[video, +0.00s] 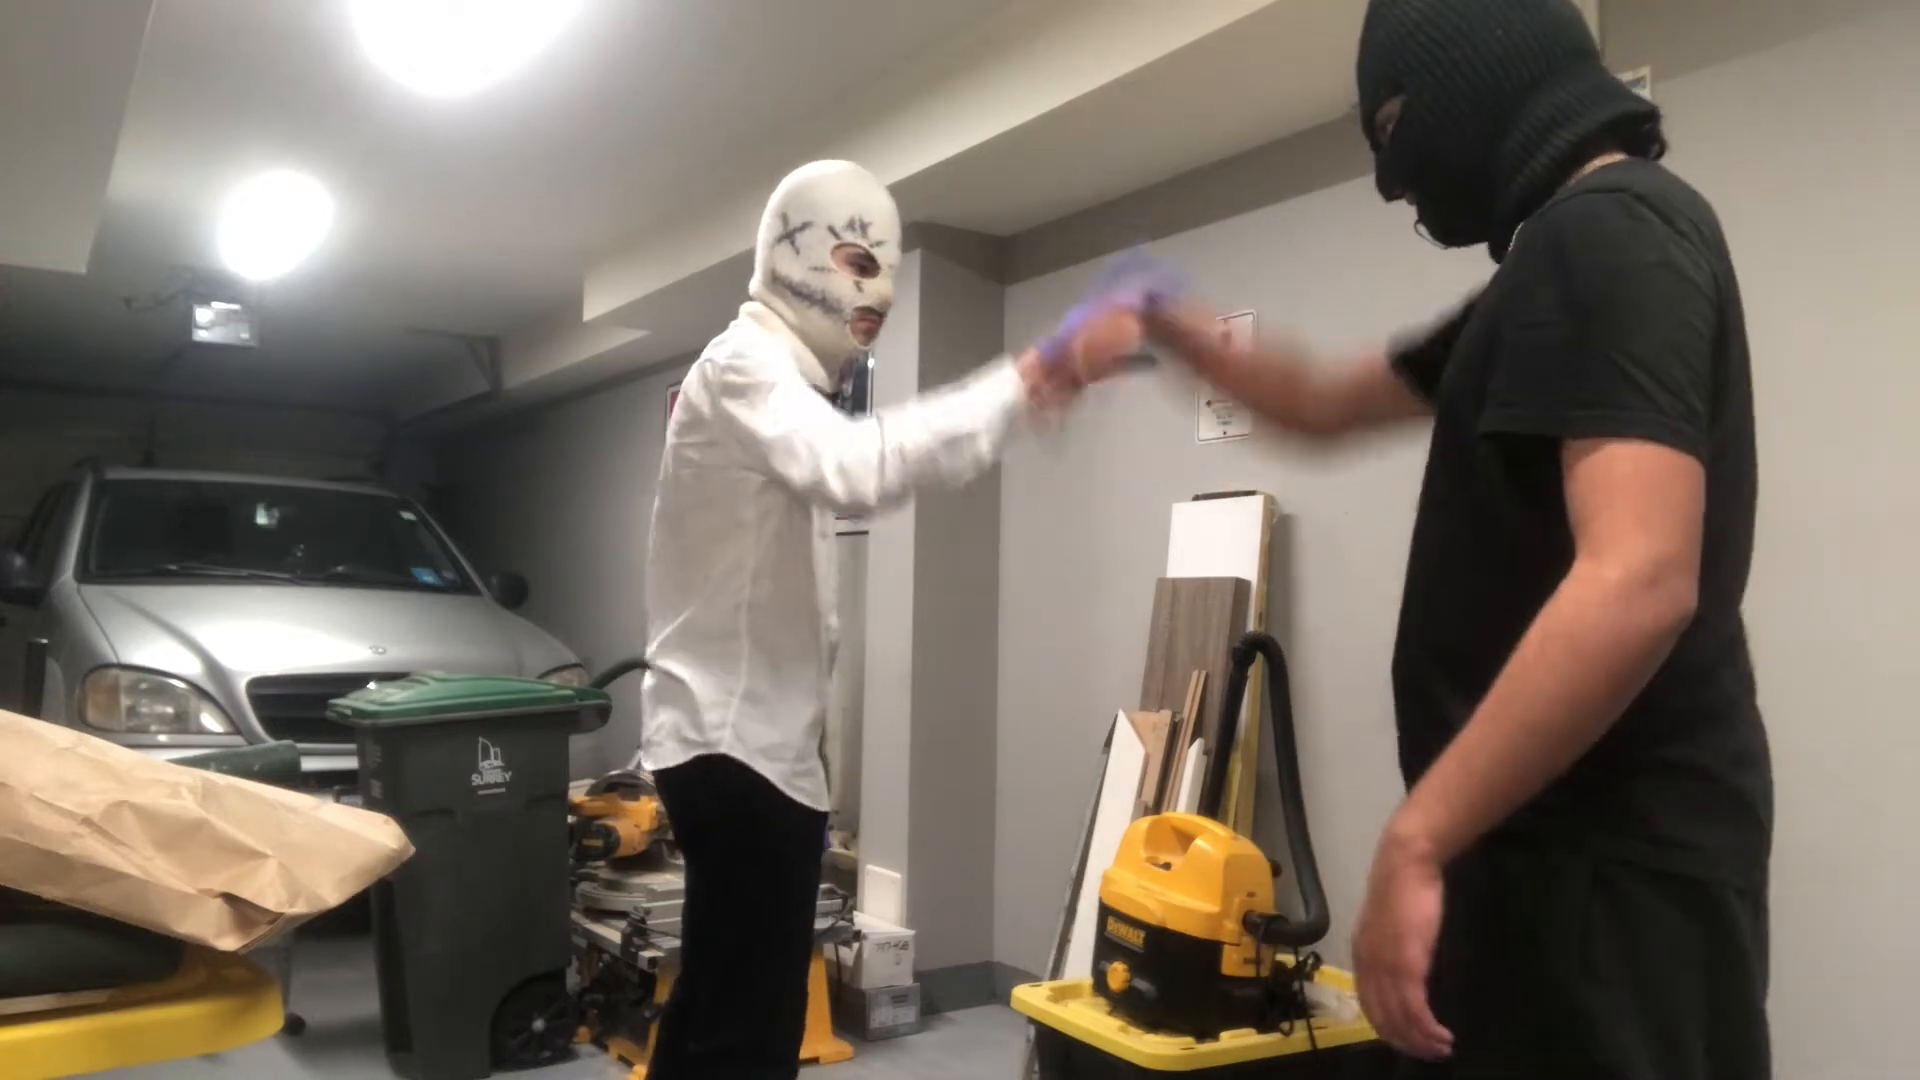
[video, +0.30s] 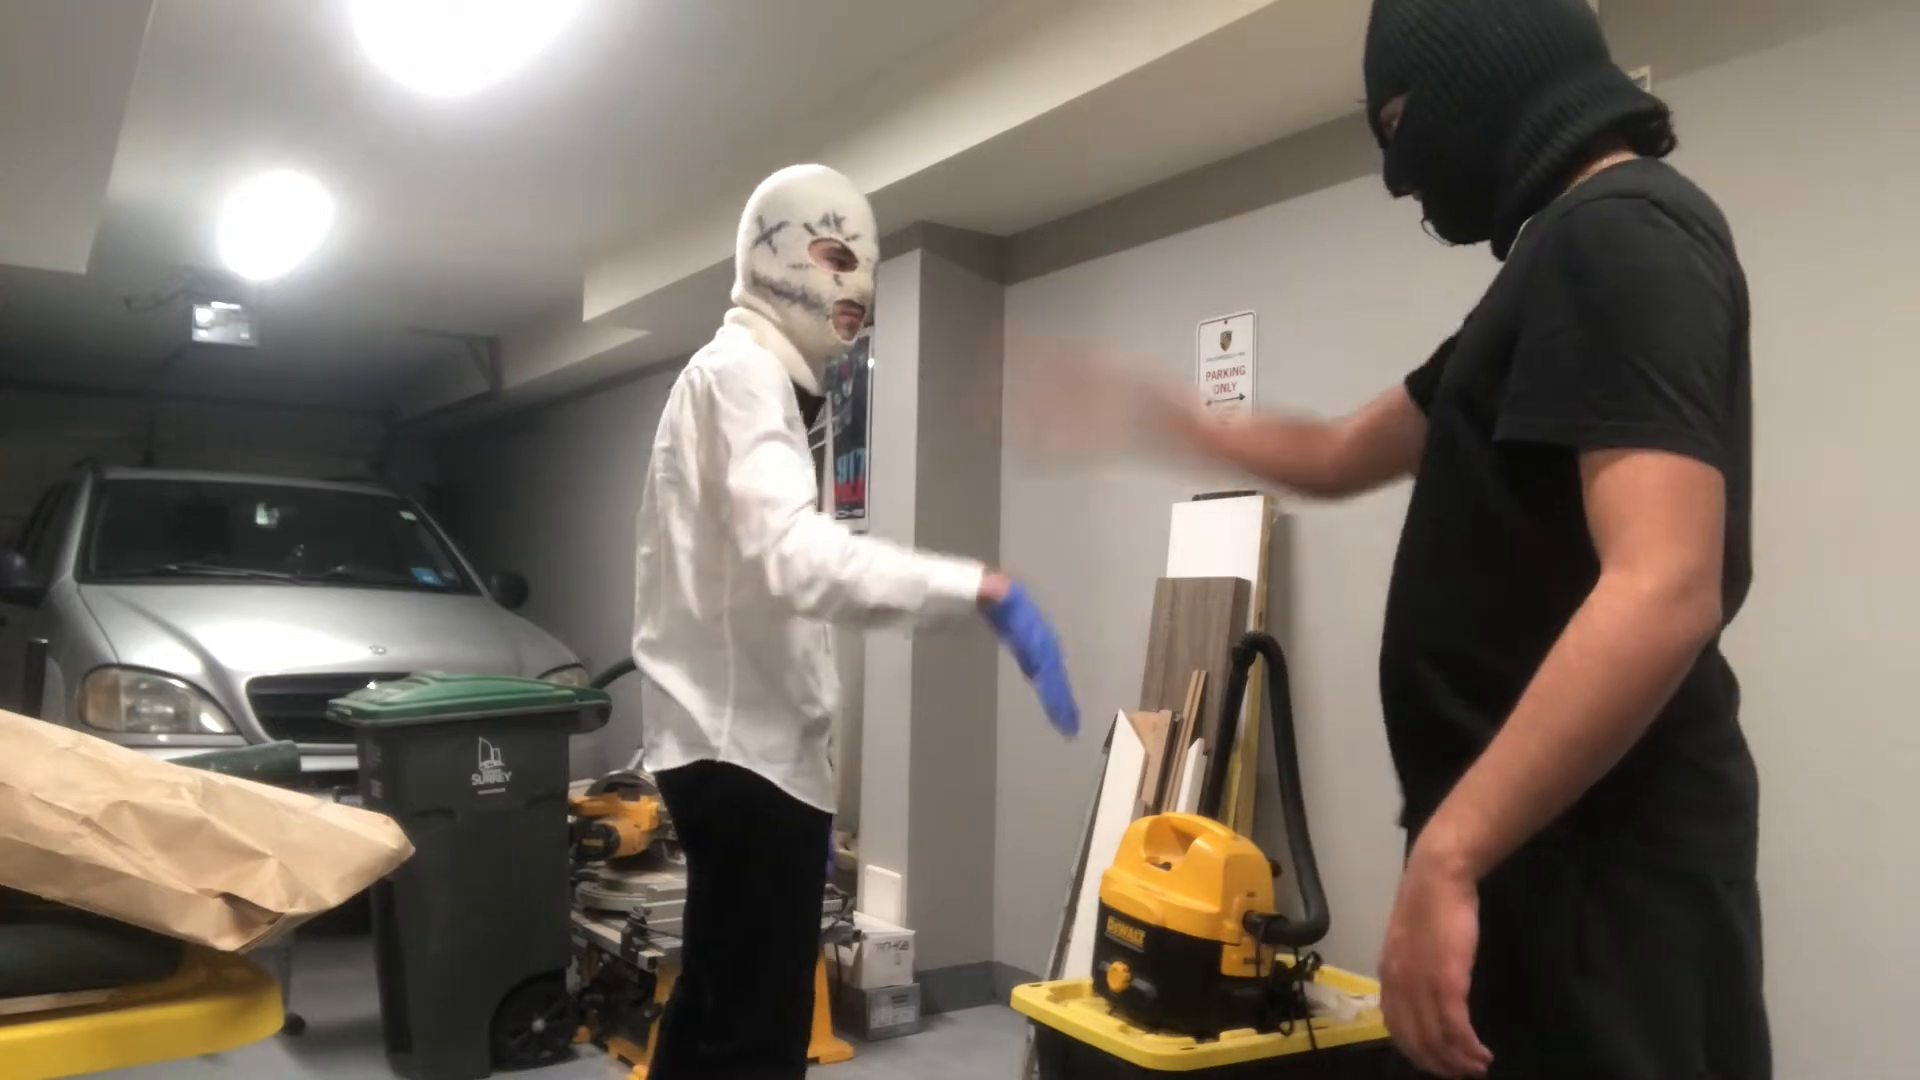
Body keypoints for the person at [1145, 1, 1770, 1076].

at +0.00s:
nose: (1383, 174)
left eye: (1385, 125)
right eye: (1375, 138)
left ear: (1454, 90)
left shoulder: (1609, 227)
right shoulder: (1549, 268)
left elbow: (1638, 579)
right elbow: (1323, 400)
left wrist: (1415, 841)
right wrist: (1157, 317)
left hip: (1601, 886)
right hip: (1537, 878)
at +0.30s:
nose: (1392, 175)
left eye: (1393, 123)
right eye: (1384, 135)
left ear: (1468, 83)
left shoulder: (1616, 235)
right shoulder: (1555, 260)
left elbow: (1665, 588)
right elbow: (1335, 456)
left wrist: (1446, 858)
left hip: (1599, 871)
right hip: (1533, 866)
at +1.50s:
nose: (1432, 222)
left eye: (1428, 183)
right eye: (1419, 194)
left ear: (1483, 125)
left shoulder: (1582, 169)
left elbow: (1638, 507)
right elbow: (1391, 522)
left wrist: (1469, 831)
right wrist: (1197, 427)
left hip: (1594, 875)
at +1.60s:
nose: (1407, 207)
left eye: (1408, 165)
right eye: (1397, 176)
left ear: (1463, 118)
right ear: (1552, 89)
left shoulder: (1568, 174)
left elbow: (1569, 511)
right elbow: (1459, 584)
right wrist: (1270, 475)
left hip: (1583, 867)